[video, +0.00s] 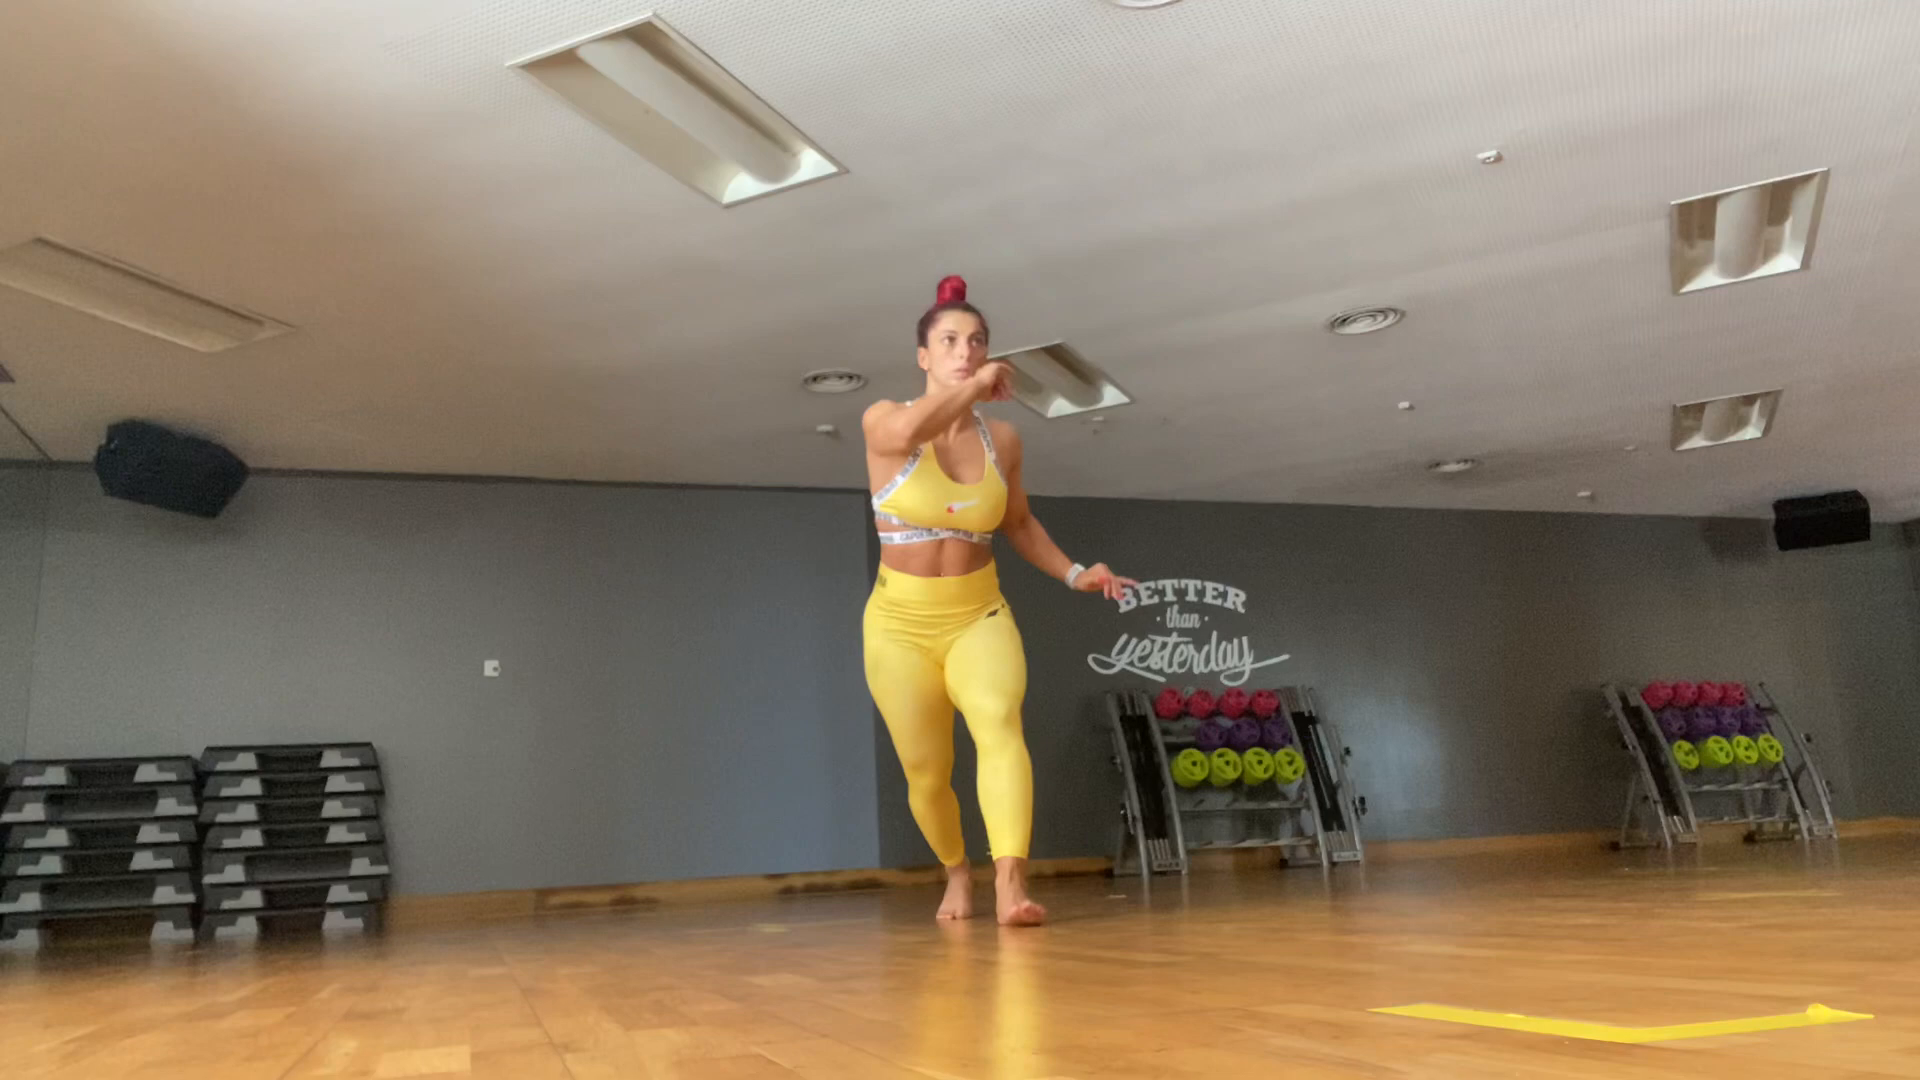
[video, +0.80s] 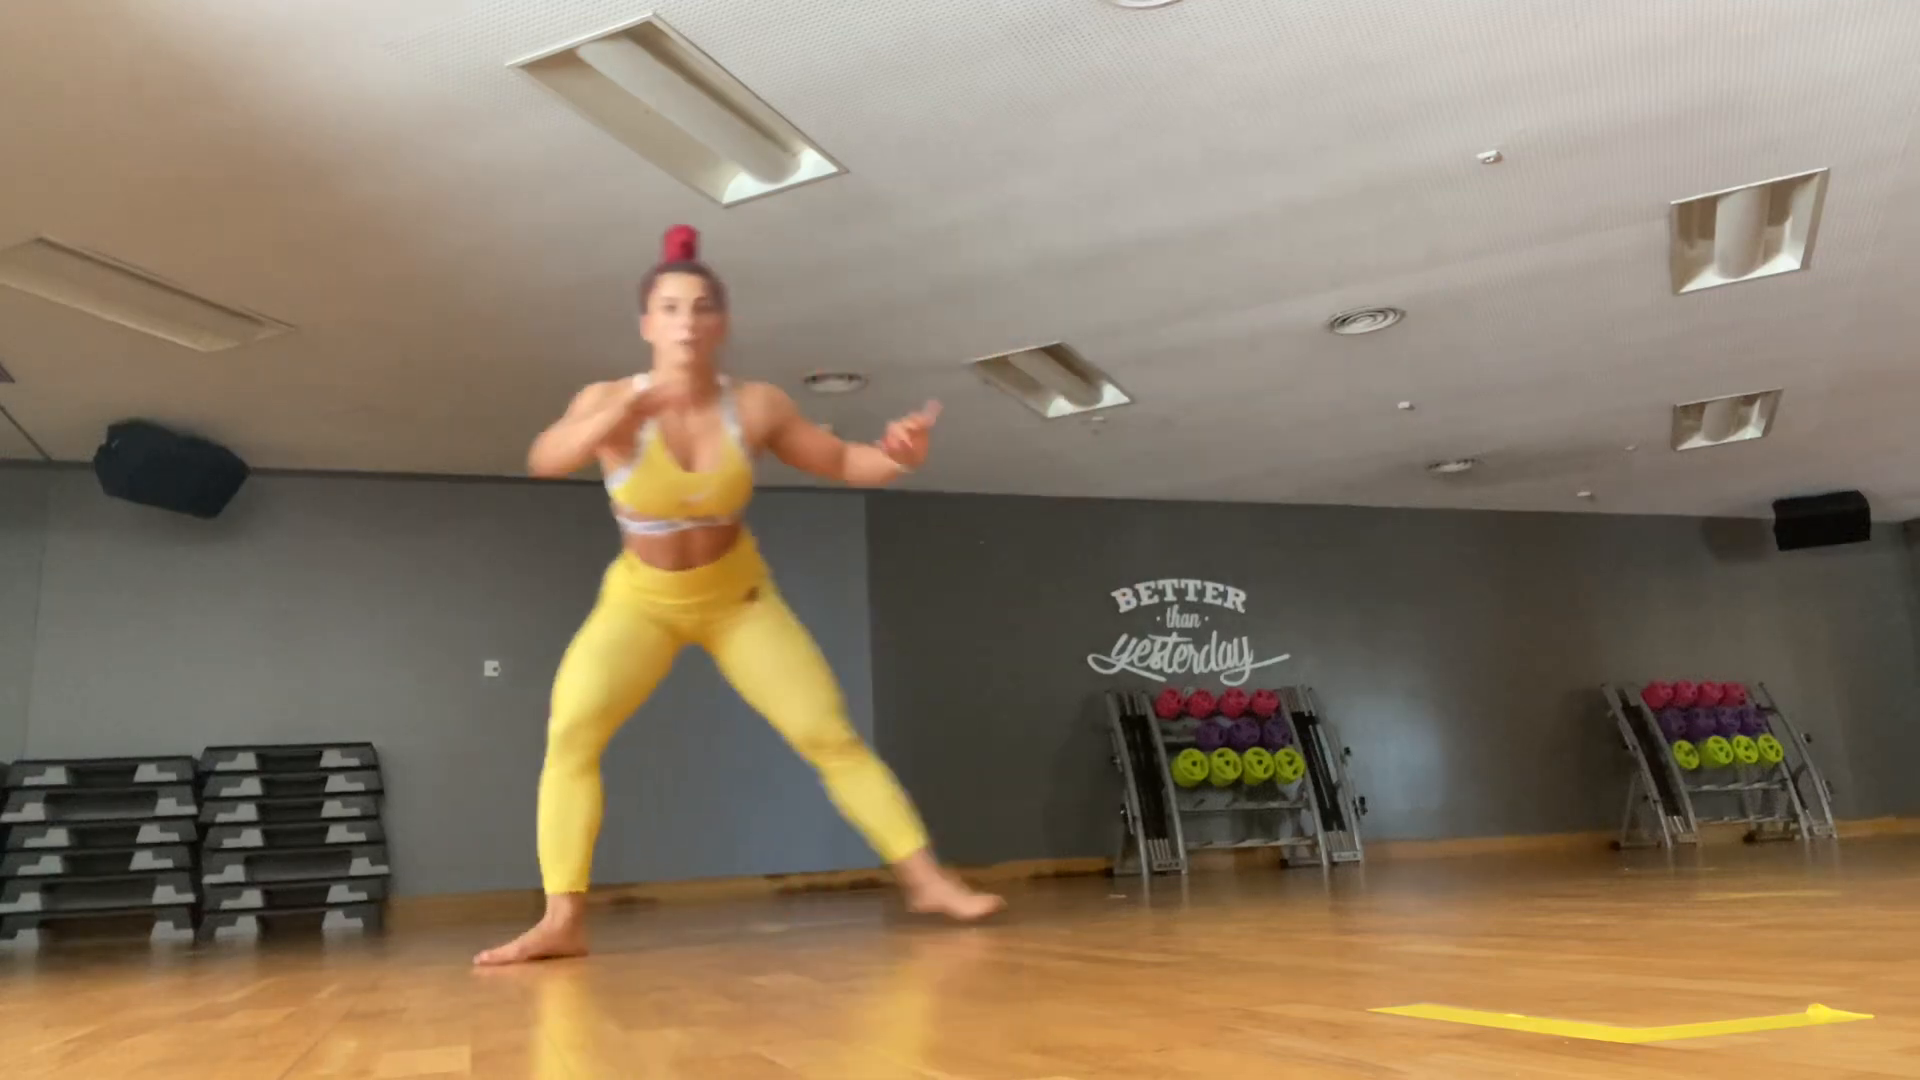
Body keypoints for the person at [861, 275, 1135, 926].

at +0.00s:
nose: (967, 352)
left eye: (976, 343)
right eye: (951, 341)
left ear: (989, 357)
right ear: (922, 356)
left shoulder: (1000, 437)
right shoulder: (883, 420)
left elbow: (1019, 523)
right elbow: (908, 430)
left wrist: (1074, 574)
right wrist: (972, 384)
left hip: (980, 617)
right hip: (897, 622)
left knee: (999, 721)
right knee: (925, 770)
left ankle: (1010, 881)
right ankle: (956, 873)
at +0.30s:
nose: (970, 291)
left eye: (981, 282)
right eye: (954, 281)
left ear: (992, 299)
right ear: (925, 297)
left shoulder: (1001, 398)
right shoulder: (886, 352)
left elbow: (1038, 492)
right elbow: (919, 385)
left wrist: (1073, 463)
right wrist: (1001, 336)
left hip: (939, 574)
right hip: (852, 570)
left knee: (979, 719)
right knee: (849, 744)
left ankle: (1009, 887)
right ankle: (860, 866)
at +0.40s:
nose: (955, 296)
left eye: (967, 286)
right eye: (938, 285)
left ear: (979, 301)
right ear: (910, 303)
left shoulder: (994, 393)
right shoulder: (871, 363)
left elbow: (1050, 494)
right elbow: (885, 413)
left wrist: (1052, 446)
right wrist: (970, 354)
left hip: (926, 577)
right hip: (837, 570)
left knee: (975, 719)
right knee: (802, 746)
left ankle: (1009, 891)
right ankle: (794, 878)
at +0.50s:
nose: (895, 314)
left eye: (907, 303)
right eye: (877, 302)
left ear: (925, 318)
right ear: (851, 321)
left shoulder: (950, 405)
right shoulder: (816, 385)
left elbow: (1018, 485)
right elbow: (815, 437)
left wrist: (1035, 479)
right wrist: (901, 371)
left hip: (904, 590)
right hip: (812, 586)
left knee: (966, 718)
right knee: (727, 740)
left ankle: (1004, 888)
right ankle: (658, 902)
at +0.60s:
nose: (836, 328)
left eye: (849, 315)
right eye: (818, 315)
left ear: (870, 330)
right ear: (791, 333)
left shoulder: (899, 415)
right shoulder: (758, 402)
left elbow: (975, 493)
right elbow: (765, 425)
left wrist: (1008, 500)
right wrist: (845, 366)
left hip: (875, 602)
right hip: (780, 606)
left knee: (947, 722)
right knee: (684, 738)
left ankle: (1003, 891)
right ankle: (593, 900)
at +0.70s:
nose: (740, 329)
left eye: (755, 315)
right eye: (723, 314)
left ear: (776, 329)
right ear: (696, 329)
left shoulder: (807, 416)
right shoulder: (667, 405)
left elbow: (882, 484)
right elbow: (637, 430)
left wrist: (938, 492)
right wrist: (741, 363)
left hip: (791, 603)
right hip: (691, 609)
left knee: (884, 726)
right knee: (606, 729)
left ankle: (995, 883)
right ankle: (565, 918)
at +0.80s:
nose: (688, 321)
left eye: (703, 307)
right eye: (670, 308)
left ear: (724, 323)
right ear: (645, 324)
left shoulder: (756, 407)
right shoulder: (610, 402)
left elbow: (840, 460)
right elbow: (544, 460)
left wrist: (895, 459)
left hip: (738, 596)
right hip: (640, 600)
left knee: (827, 732)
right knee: (571, 732)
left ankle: (928, 882)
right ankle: (561, 919)